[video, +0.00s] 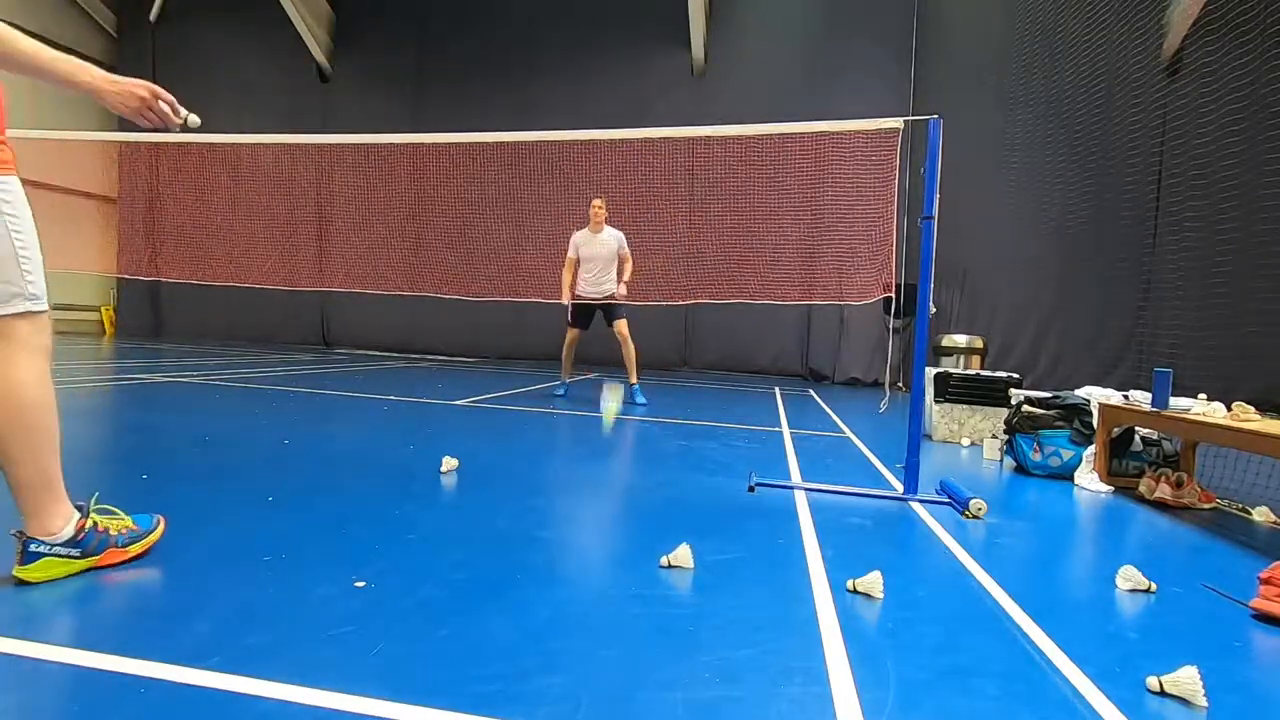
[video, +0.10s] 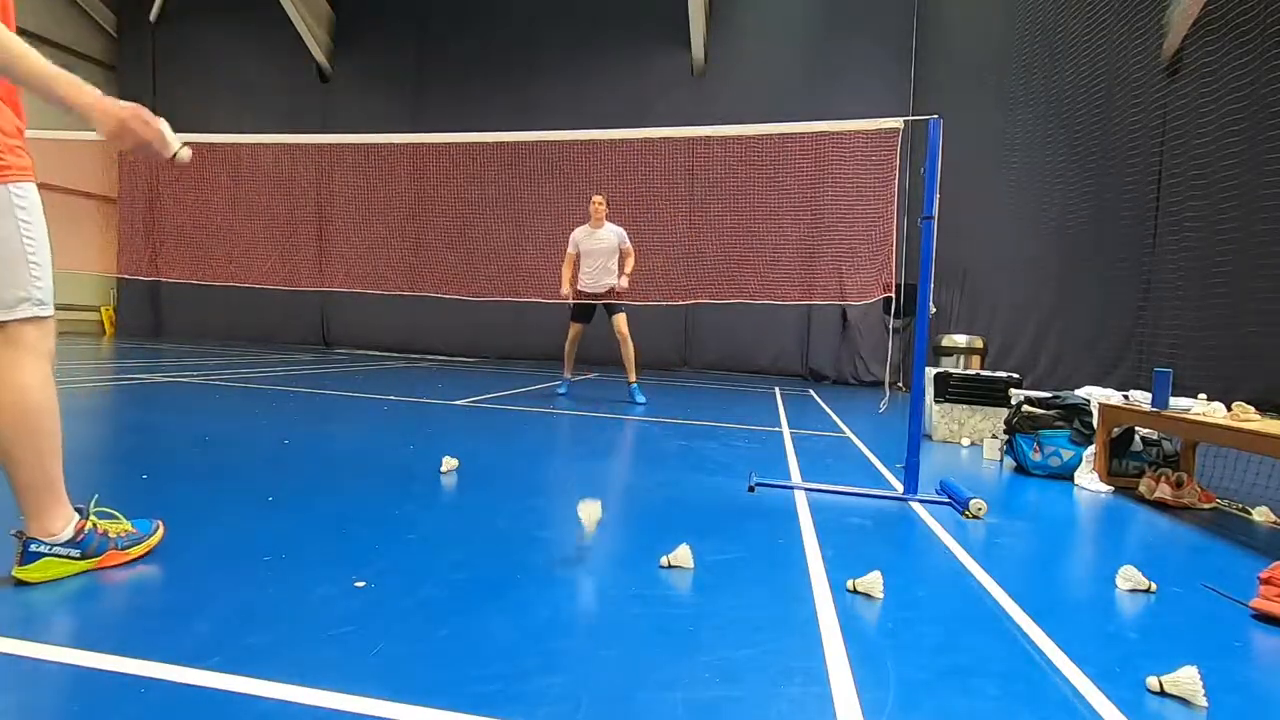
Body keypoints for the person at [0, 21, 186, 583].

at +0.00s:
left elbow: (6, 38)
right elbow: (8, 39)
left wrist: (103, 84)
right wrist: (103, 84)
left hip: (3, 164)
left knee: (22, 331)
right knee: (22, 332)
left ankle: (52, 522)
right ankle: (52, 529)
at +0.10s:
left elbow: (11, 46)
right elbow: (10, 45)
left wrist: (96, 104)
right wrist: (95, 103)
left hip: (11, 158)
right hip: (7, 157)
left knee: (26, 332)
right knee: (26, 333)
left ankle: (51, 522)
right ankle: (52, 531)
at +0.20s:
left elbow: (7, 53)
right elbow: (4, 49)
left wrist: (63, 144)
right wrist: (62, 140)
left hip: (17, 145)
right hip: (12, 146)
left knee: (32, 328)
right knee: (34, 328)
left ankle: (53, 525)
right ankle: (55, 530)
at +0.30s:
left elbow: (16, 47)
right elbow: (3, 34)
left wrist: (39, 160)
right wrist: (14, 151)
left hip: (27, 156)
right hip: (30, 159)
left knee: (48, 332)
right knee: (51, 331)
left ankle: (54, 524)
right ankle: (56, 531)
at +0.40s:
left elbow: (32, 54)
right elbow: (16, 38)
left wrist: (36, 180)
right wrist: (10, 179)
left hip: (41, 163)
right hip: (43, 164)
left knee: (60, 336)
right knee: (64, 335)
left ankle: (56, 524)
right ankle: (56, 534)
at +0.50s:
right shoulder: (79, 4)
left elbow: (53, 71)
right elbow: (53, 69)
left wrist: (52, 202)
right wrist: (36, 204)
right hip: (57, 176)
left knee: (75, 333)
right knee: (71, 336)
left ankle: (58, 524)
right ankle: (56, 533)